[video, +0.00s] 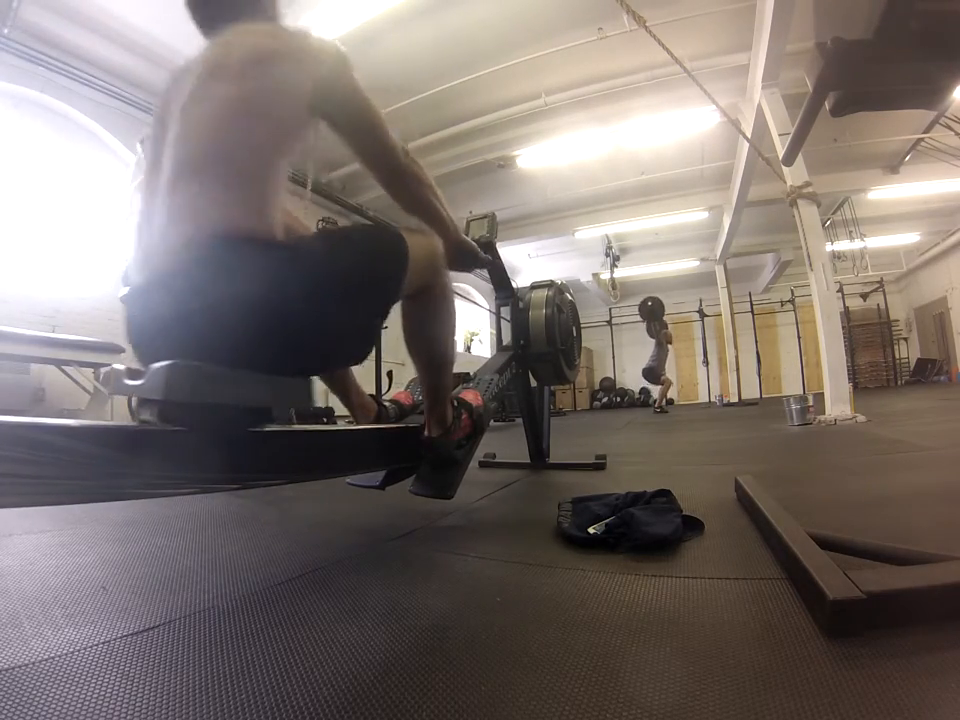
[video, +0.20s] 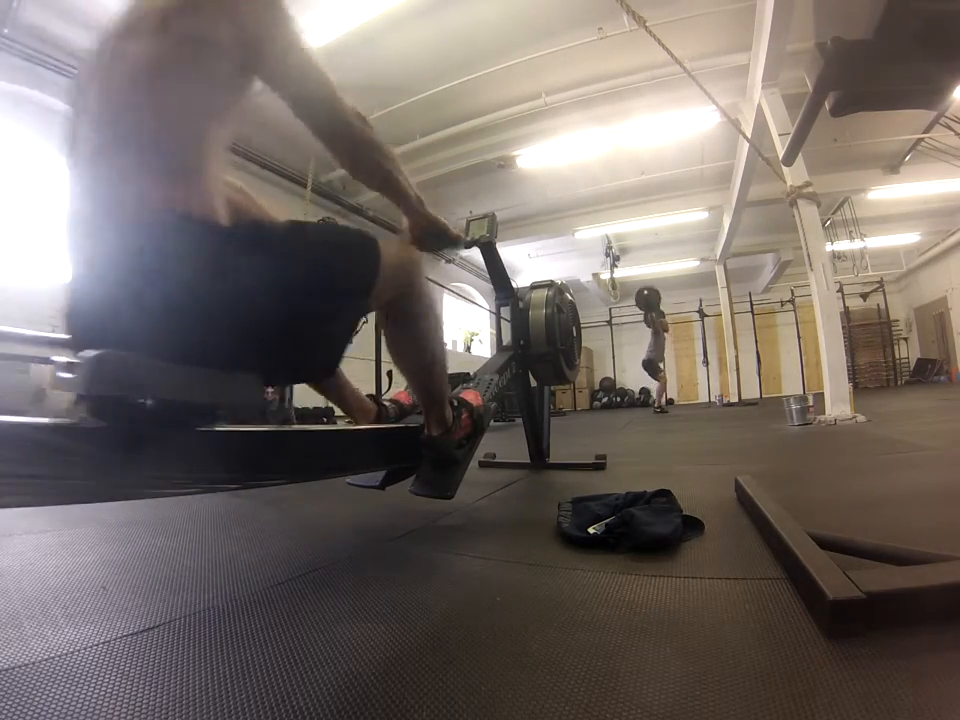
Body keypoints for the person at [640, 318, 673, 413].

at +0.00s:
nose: (671, 337)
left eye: (671, 335)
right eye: (669, 335)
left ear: (667, 336)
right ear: (665, 336)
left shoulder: (665, 347)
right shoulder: (661, 344)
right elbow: (659, 334)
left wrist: (663, 373)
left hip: (655, 371)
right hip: (649, 371)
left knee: (668, 382)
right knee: (667, 382)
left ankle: (659, 404)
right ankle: (658, 406)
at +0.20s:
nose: (667, 325)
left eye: (667, 322)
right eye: (665, 322)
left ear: (663, 323)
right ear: (660, 323)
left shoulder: (662, 335)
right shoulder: (657, 332)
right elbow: (653, 321)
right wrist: (650, 312)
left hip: (653, 361)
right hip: (649, 361)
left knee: (663, 379)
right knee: (662, 379)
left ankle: (658, 404)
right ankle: (657, 405)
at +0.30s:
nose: (665, 320)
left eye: (664, 318)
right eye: (663, 318)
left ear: (660, 318)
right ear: (657, 317)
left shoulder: (659, 328)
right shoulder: (654, 325)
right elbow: (649, 313)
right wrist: (647, 304)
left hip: (653, 355)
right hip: (649, 355)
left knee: (657, 379)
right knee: (657, 379)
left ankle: (657, 403)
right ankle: (657, 404)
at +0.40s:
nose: (661, 316)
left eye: (661, 313)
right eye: (659, 313)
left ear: (655, 312)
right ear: (654, 312)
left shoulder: (656, 323)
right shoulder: (652, 320)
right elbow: (647, 309)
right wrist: (645, 299)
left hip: (653, 353)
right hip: (650, 353)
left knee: (655, 379)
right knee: (654, 378)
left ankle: (653, 402)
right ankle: (651, 403)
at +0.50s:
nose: (659, 315)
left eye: (658, 313)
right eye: (657, 312)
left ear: (654, 312)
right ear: (651, 312)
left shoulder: (653, 324)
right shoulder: (649, 323)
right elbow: (647, 311)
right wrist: (645, 300)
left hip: (652, 354)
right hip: (649, 354)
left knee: (653, 381)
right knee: (652, 381)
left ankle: (654, 404)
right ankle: (644, 404)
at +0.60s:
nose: (654, 316)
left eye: (655, 315)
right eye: (653, 314)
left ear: (655, 316)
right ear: (647, 314)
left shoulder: (652, 326)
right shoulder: (647, 324)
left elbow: (654, 315)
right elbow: (644, 313)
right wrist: (642, 303)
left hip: (652, 354)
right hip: (647, 355)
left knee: (654, 381)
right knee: (648, 381)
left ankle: (655, 404)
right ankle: (641, 405)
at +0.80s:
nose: (646, 319)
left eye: (645, 318)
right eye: (644, 318)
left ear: (644, 318)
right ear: (640, 318)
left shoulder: (646, 329)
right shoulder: (638, 330)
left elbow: (656, 327)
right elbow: (641, 320)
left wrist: (656, 313)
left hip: (649, 355)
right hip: (643, 355)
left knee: (652, 380)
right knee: (646, 380)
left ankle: (655, 403)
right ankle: (641, 404)